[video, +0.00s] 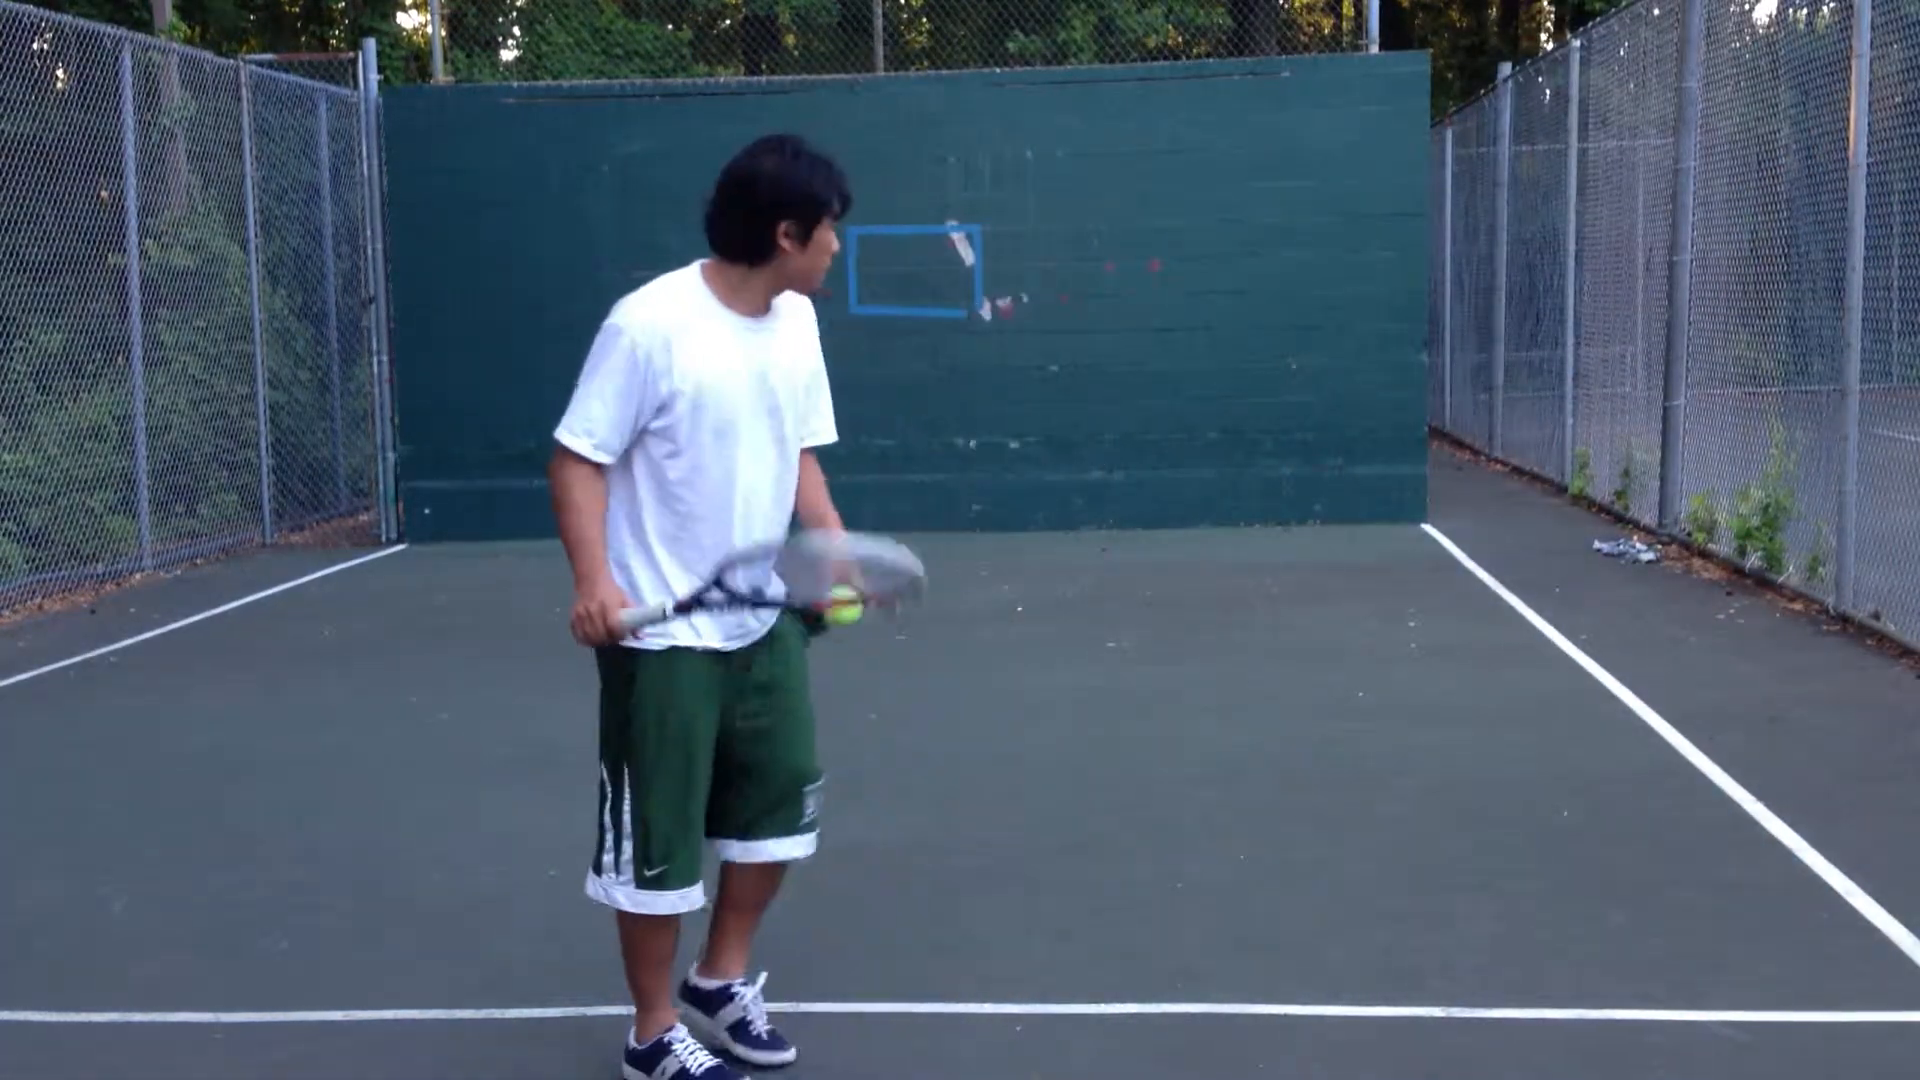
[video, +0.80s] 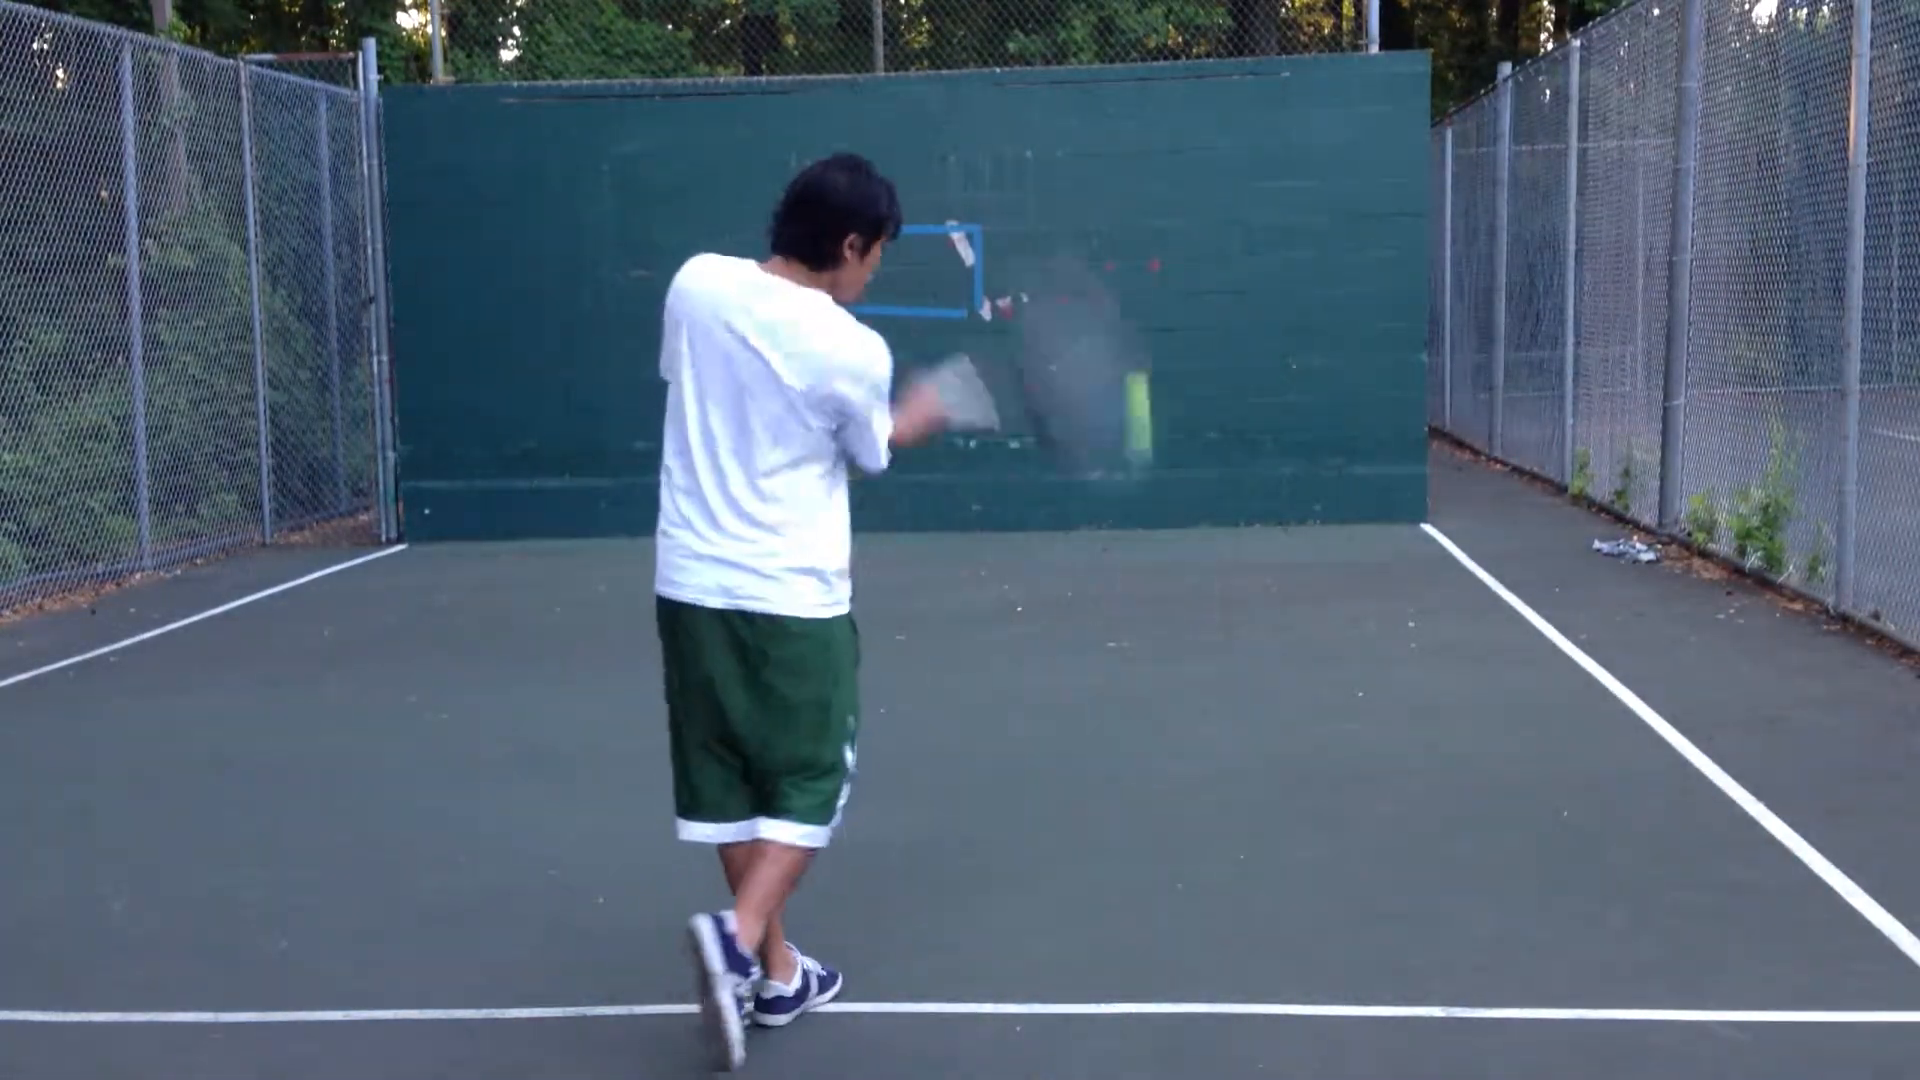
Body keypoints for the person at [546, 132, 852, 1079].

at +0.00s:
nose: (837, 249)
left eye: (836, 233)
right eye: (829, 234)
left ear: (772, 235)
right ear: (781, 237)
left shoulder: (794, 317)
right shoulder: (648, 324)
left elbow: (798, 455)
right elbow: (576, 457)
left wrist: (833, 556)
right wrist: (592, 580)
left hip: (766, 620)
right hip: (661, 630)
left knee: (774, 807)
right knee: (657, 841)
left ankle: (720, 984)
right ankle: (652, 1033)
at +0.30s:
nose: (862, 269)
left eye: (864, 253)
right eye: (859, 252)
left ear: (810, 245)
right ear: (824, 247)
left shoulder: (792, 331)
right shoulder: (713, 326)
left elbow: (833, 443)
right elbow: (630, 444)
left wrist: (932, 490)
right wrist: (619, 533)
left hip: (730, 618)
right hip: (674, 619)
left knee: (736, 807)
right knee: (672, 833)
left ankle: (776, 976)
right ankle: (652, 1036)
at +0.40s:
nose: (871, 277)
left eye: (875, 261)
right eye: (871, 260)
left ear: (811, 246)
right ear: (834, 254)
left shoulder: (780, 323)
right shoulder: (749, 330)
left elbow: (838, 408)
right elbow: (681, 453)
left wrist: (945, 425)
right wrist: (680, 555)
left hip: (725, 613)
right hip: (697, 618)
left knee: (721, 810)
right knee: (691, 828)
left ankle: (773, 976)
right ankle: (655, 1032)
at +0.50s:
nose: (876, 276)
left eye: (880, 260)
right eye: (875, 259)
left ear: (808, 242)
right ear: (838, 252)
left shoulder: (735, 291)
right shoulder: (779, 344)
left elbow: (796, 376)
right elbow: (748, 487)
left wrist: (904, 364)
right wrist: (767, 605)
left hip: (673, 591)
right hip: (728, 607)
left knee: (721, 803)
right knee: (734, 820)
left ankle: (776, 976)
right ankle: (660, 1017)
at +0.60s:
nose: (874, 271)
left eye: (877, 255)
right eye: (871, 256)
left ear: (792, 242)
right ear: (836, 252)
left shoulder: (712, 278)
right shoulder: (812, 362)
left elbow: (779, 324)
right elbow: (823, 521)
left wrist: (871, 323)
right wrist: (883, 629)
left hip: (669, 587)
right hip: (754, 606)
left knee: (729, 796)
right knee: (771, 802)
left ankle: (774, 976)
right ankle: (680, 971)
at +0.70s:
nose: (878, 278)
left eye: (882, 261)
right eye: (876, 259)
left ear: (788, 235)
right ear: (836, 248)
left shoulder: (698, 280)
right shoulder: (833, 358)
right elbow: (867, 496)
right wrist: (947, 549)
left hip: (679, 589)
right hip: (777, 601)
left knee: (718, 795)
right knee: (796, 793)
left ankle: (776, 975)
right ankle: (709, 949)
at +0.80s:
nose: (875, 270)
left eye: (879, 254)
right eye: (876, 253)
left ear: (785, 227)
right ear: (848, 246)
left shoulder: (696, 282)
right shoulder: (853, 350)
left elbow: (704, 382)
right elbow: (866, 449)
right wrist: (909, 421)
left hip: (689, 589)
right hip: (792, 599)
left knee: (733, 789)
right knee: (814, 786)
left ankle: (778, 973)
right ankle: (739, 934)